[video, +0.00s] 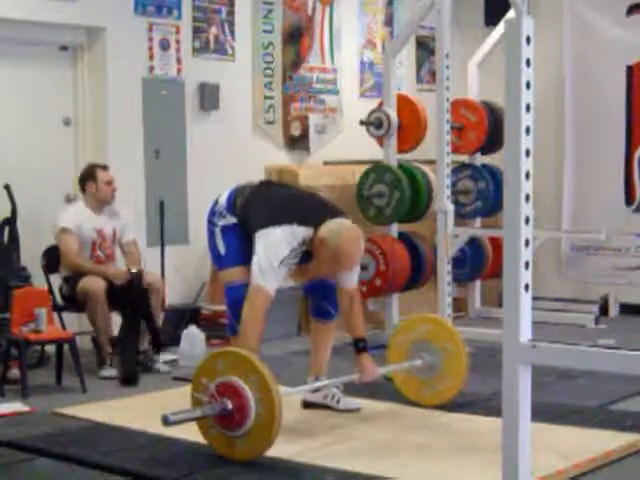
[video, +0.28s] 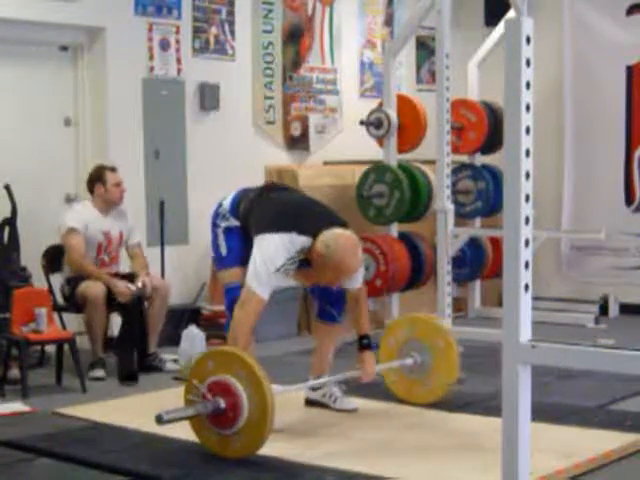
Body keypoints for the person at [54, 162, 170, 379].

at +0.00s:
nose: (114, 188)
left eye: (113, 183)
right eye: (108, 184)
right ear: (90, 188)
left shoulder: (116, 214)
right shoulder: (71, 216)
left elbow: (130, 247)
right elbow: (70, 260)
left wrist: (134, 270)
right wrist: (107, 272)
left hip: (114, 274)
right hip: (80, 277)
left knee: (155, 282)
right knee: (95, 287)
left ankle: (148, 349)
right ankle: (107, 357)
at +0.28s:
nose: (123, 189)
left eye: (122, 184)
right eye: (117, 185)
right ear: (99, 190)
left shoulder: (121, 215)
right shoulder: (78, 214)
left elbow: (136, 253)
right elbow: (75, 260)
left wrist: (142, 275)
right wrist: (113, 283)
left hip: (117, 274)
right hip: (84, 277)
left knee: (160, 288)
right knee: (97, 291)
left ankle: (150, 353)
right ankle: (98, 359)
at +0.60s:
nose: (135, 193)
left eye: (134, 188)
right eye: (129, 189)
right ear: (111, 193)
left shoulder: (135, 217)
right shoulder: (88, 216)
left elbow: (145, 256)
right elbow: (83, 264)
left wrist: (141, 281)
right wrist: (116, 290)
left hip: (119, 276)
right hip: (87, 277)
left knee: (162, 288)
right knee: (97, 294)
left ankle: (151, 352)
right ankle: (98, 359)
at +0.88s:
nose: (138, 195)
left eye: (137, 189)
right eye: (132, 191)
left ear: (118, 195)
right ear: (114, 195)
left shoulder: (139, 216)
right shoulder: (91, 216)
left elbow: (147, 256)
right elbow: (86, 264)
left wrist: (140, 283)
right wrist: (120, 291)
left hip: (122, 277)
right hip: (89, 278)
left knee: (162, 289)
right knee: (99, 294)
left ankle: (151, 352)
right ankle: (98, 359)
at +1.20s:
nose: (149, 214)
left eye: (148, 208)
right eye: (145, 208)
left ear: (131, 211)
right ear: (129, 211)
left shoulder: (143, 227)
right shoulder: (93, 226)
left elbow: (147, 259)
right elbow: (76, 267)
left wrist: (142, 275)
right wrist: (115, 281)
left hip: (121, 279)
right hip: (87, 279)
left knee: (161, 287)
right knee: (93, 292)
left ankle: (150, 352)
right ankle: (96, 358)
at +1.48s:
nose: (167, 234)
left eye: (166, 229)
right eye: (163, 230)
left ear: (150, 233)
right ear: (149, 233)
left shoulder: (162, 247)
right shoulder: (115, 241)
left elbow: (158, 264)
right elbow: (85, 271)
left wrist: (147, 280)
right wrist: (120, 286)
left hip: (130, 280)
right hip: (98, 279)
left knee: (168, 292)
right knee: (97, 297)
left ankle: (150, 352)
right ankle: (97, 358)